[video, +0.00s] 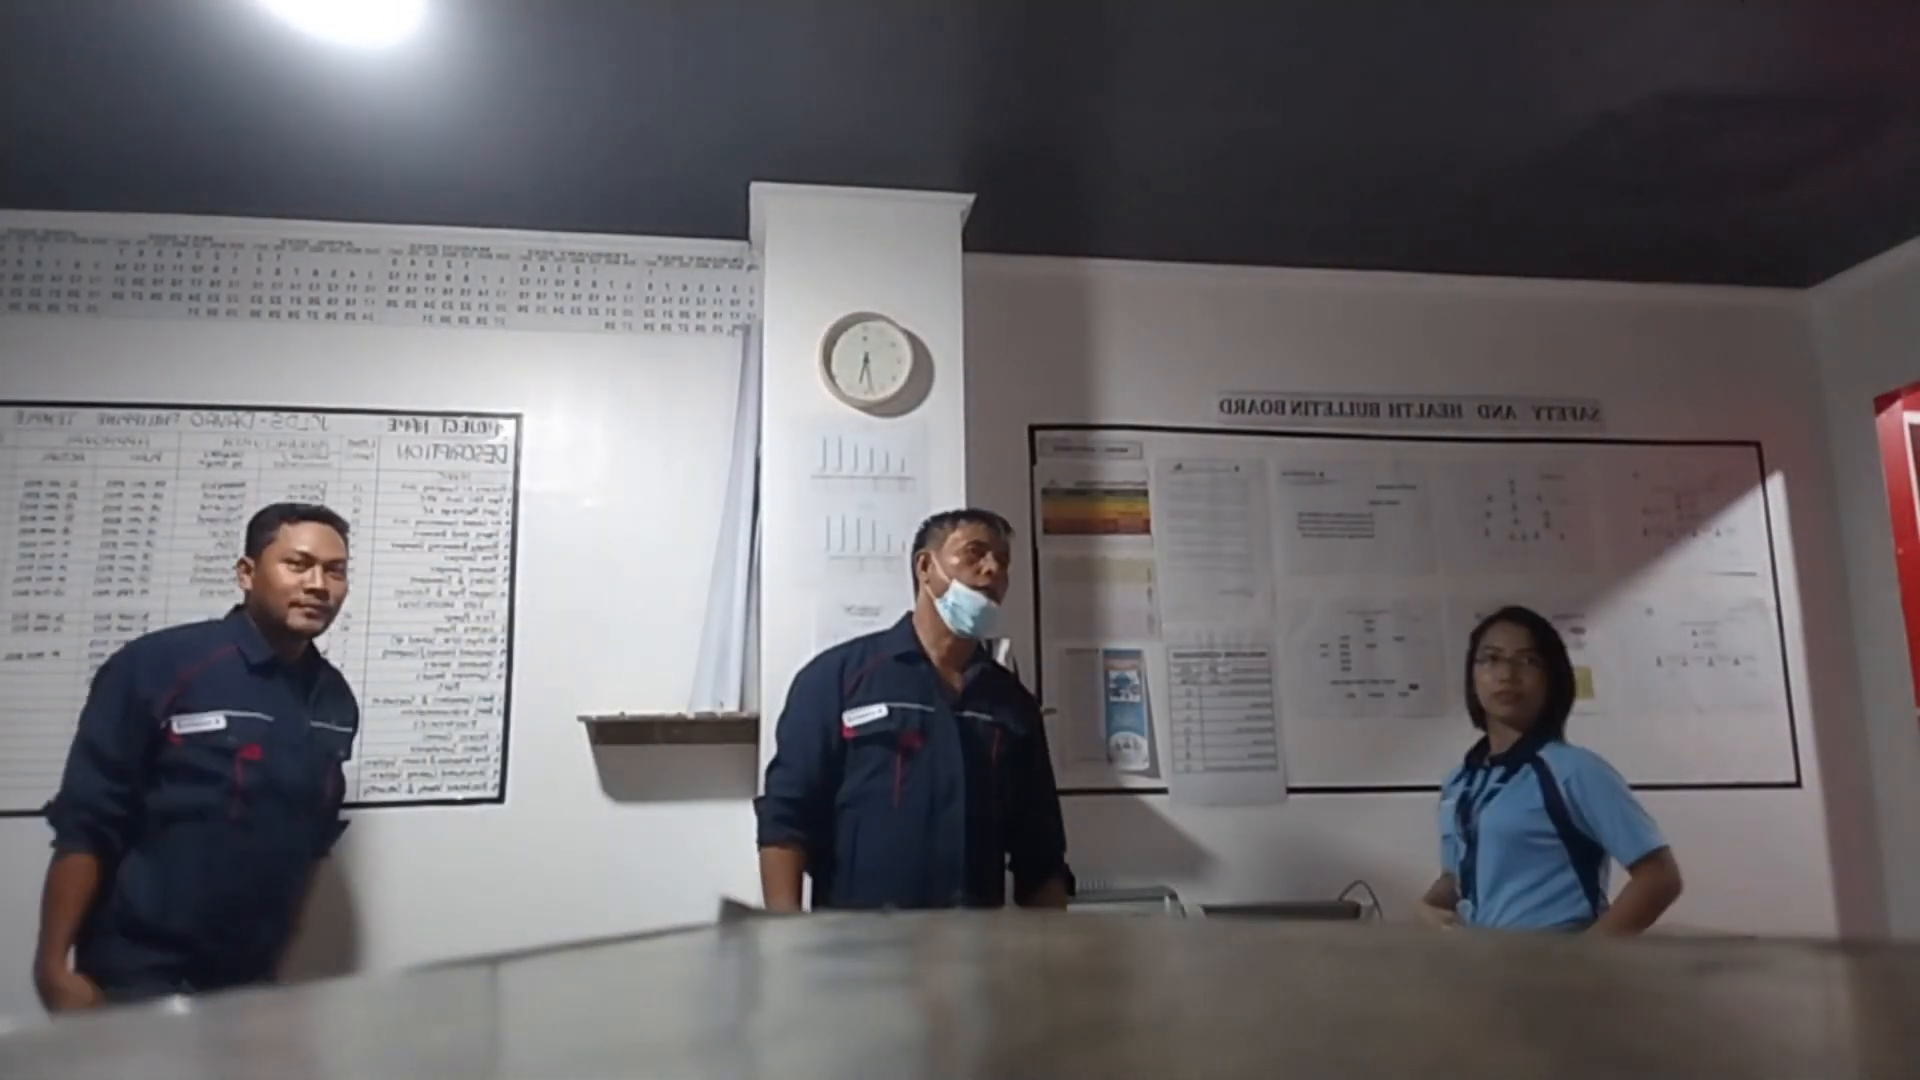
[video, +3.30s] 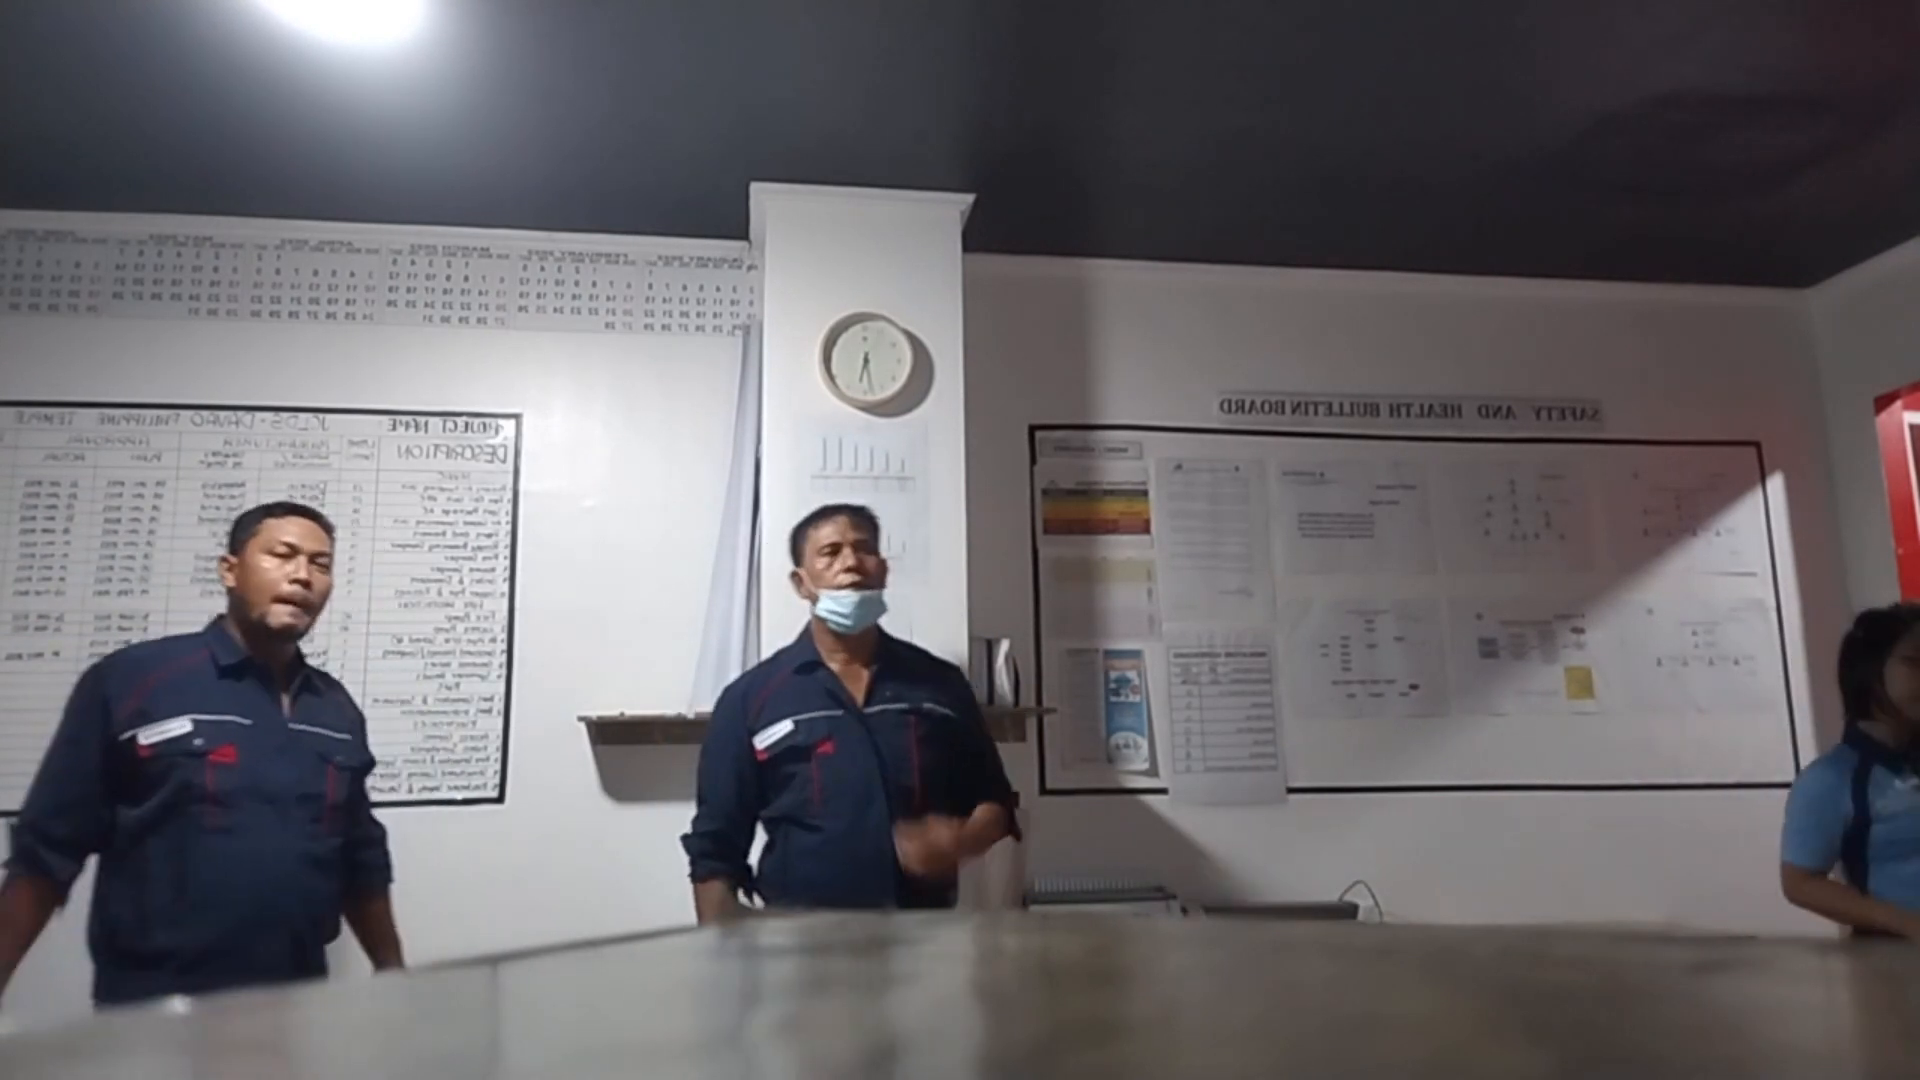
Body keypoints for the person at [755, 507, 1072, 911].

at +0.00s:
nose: (993, 568)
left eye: (1001, 559)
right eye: (973, 553)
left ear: (1010, 579)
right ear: (926, 568)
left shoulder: (1014, 705)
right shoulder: (834, 680)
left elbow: (1041, 860)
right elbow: (784, 819)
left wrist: (1048, 966)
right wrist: (788, 949)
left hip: (974, 954)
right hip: (853, 953)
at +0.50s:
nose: (928, 551)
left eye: (937, 539)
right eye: (906, 538)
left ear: (949, 557)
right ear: (861, 563)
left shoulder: (980, 686)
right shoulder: (787, 687)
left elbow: (1013, 848)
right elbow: (749, 847)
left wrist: (1027, 959)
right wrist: (767, 967)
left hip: (963, 951)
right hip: (837, 956)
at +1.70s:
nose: (970, 570)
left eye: (991, 564)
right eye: (958, 554)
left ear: (1014, 595)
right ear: (932, 571)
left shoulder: (1038, 715)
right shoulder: (849, 679)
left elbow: (1057, 869)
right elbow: (796, 813)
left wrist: (1062, 970)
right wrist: (781, 934)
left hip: (980, 951)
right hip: (855, 945)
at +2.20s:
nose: (921, 570)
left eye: (938, 563)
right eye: (906, 554)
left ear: (951, 589)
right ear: (870, 572)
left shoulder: (978, 703)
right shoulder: (789, 683)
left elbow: (1007, 859)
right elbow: (737, 816)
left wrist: (1011, 962)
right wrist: (733, 934)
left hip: (942, 949)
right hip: (816, 946)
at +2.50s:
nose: (856, 561)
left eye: (869, 550)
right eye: (835, 550)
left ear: (882, 572)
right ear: (801, 575)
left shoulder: (927, 688)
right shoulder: (736, 694)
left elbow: (961, 836)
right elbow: (696, 843)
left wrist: (967, 947)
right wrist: (704, 966)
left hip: (908, 943)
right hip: (782, 944)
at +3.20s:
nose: (830, 564)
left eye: (841, 550)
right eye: (808, 555)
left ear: (860, 568)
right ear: (779, 586)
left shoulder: (924, 684)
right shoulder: (733, 706)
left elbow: (975, 810)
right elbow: (701, 863)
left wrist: (960, 917)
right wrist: (724, 977)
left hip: (910, 943)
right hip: (788, 949)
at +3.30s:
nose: (852, 562)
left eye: (864, 549)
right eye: (831, 553)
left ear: (884, 570)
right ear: (802, 583)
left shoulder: (943, 686)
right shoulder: (749, 702)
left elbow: (998, 809)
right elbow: (714, 858)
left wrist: (957, 843)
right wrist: (733, 977)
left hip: (924, 944)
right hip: (801, 948)